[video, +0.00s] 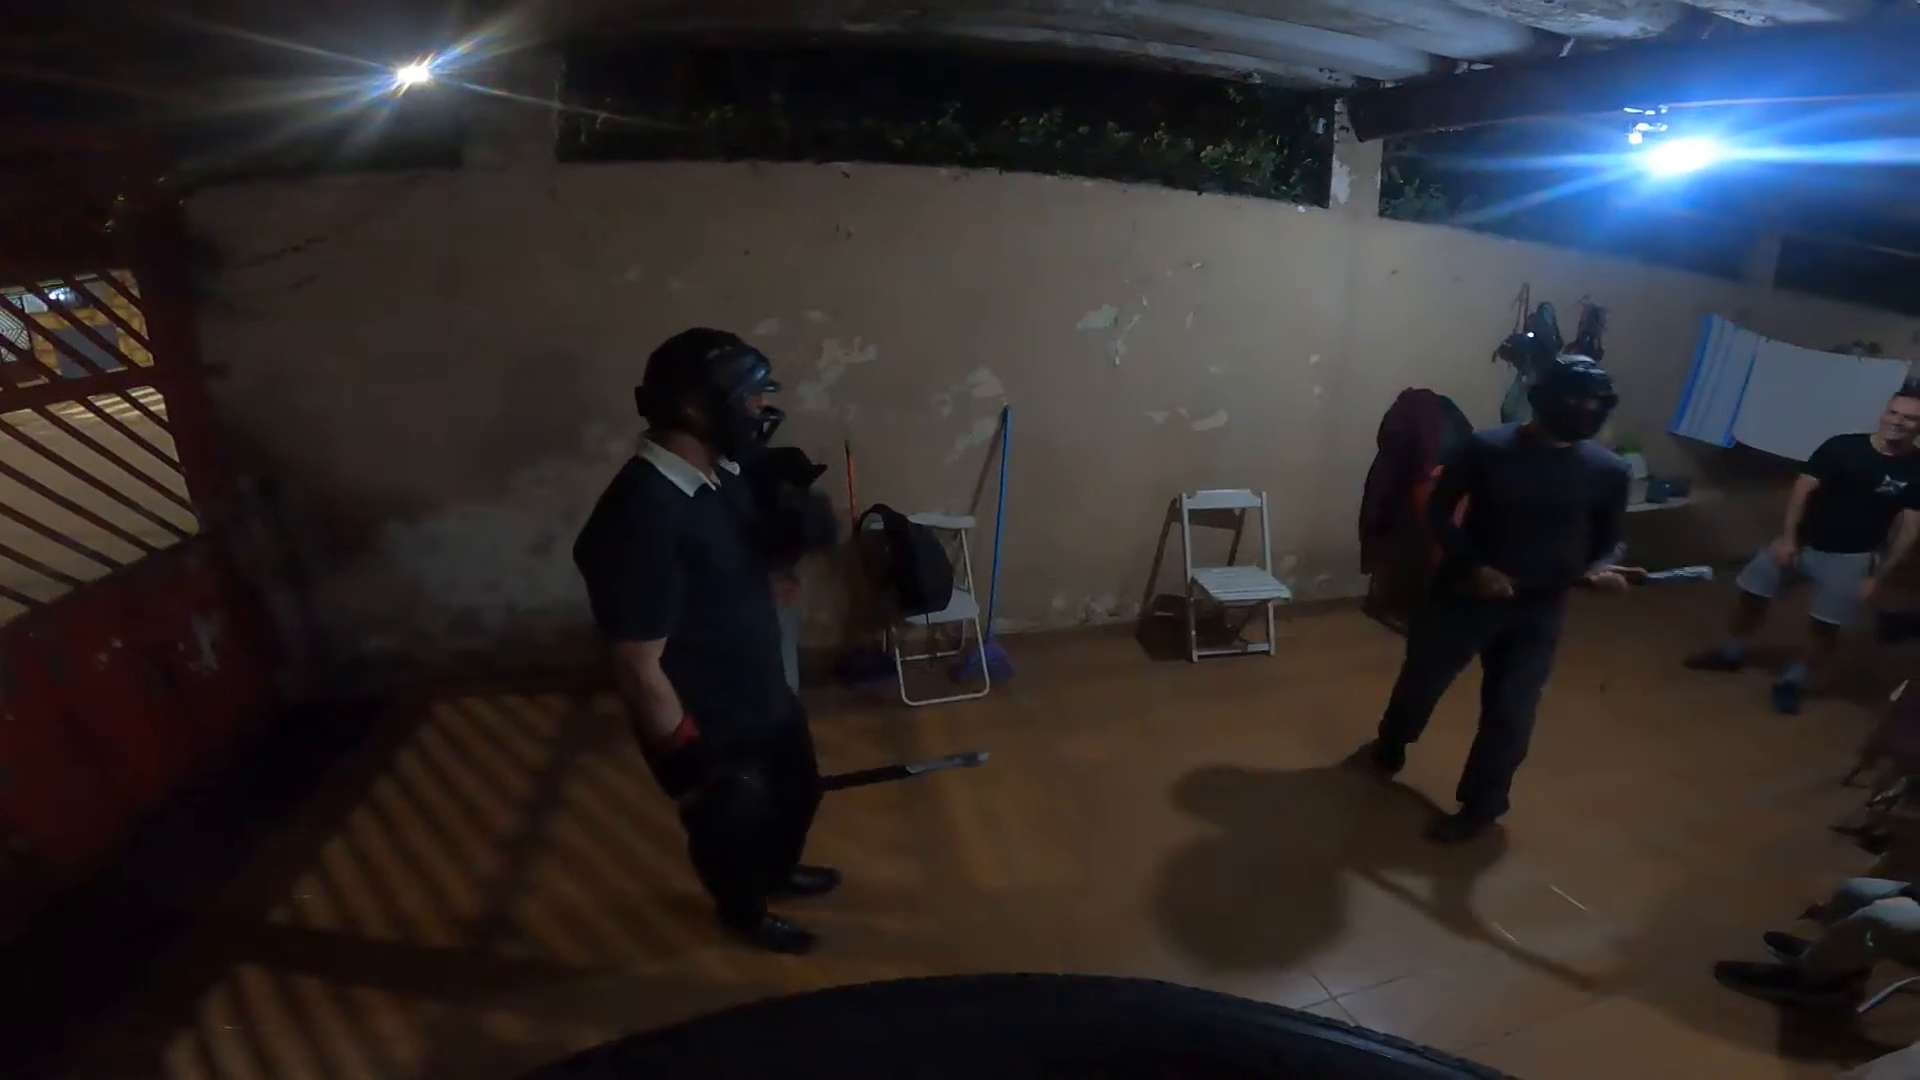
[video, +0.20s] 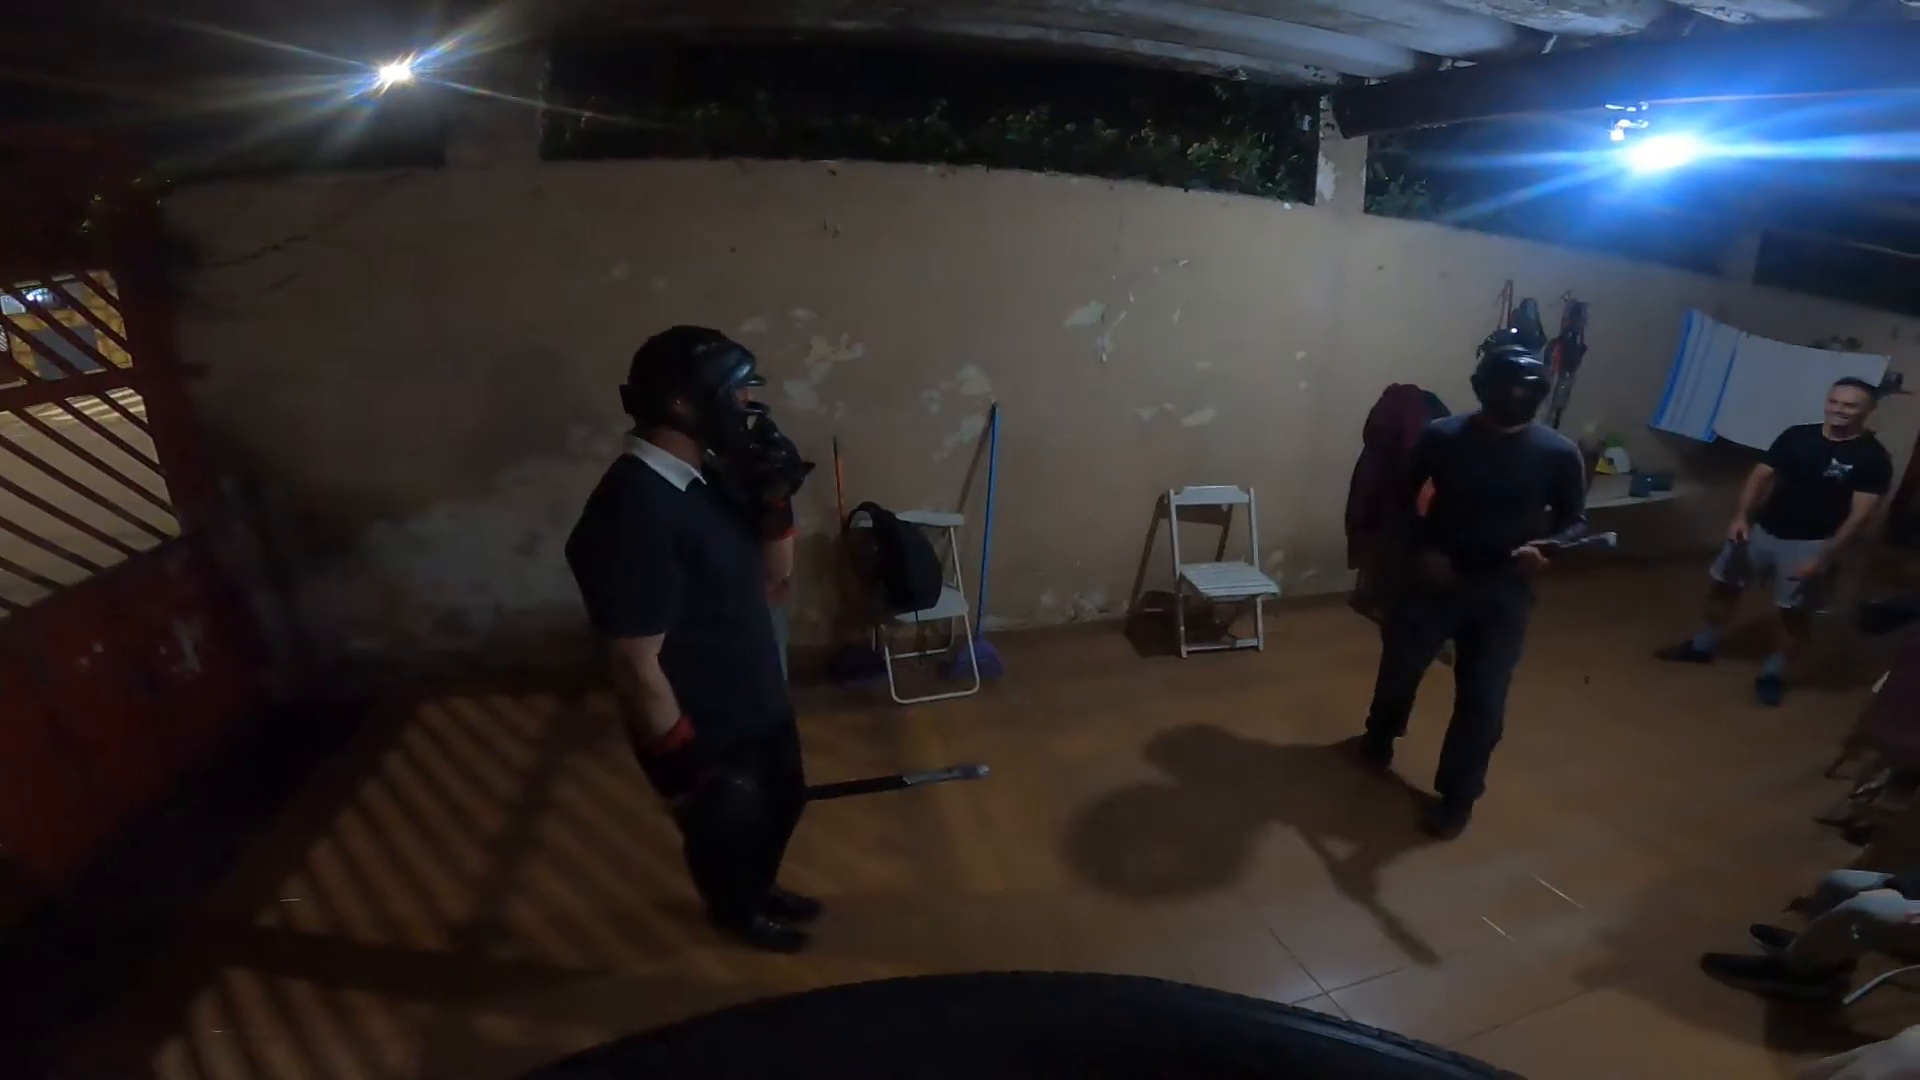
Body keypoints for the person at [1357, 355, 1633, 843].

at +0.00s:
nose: (1591, 412)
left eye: (1598, 403)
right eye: (1580, 401)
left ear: (1604, 409)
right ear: (1548, 399)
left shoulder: (1605, 474)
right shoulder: (1487, 449)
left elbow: (1608, 537)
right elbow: (1437, 513)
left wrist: (1600, 564)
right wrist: (1473, 566)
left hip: (1536, 612)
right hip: (1464, 598)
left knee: (1509, 717)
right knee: (1420, 681)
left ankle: (1479, 810)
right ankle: (1390, 746)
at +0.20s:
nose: (1519, 393)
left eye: (1530, 383)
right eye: (1508, 381)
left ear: (1542, 390)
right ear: (1483, 382)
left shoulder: (1558, 456)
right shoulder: (1442, 439)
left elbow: (1576, 523)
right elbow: (1400, 503)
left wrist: (1546, 549)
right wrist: (1419, 551)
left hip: (1502, 593)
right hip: (1434, 579)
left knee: (1482, 704)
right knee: (1399, 665)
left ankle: (1457, 799)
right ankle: (1379, 739)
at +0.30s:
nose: (1485, 387)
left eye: (1497, 377)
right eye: (1476, 375)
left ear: (1514, 385)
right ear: (1457, 379)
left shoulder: (1540, 449)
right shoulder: (1425, 435)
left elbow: (1560, 518)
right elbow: (1386, 498)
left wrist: (1523, 542)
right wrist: (1404, 546)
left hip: (1488, 580)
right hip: (1423, 569)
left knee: (1472, 697)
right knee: (1391, 659)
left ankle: (1447, 791)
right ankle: (1373, 737)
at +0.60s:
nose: (1423, 404)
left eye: (1429, 395)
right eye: (1418, 395)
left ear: (1449, 386)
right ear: (1409, 388)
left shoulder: (1493, 432)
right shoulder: (1387, 426)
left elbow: (1526, 498)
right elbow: (1361, 489)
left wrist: (1470, 527)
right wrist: (1362, 534)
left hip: (1454, 566)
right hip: (1391, 557)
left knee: (1446, 663)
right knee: (1364, 644)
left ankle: (1437, 746)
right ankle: (1350, 725)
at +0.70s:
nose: (1415, 399)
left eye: (1422, 390)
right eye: (1407, 389)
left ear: (1445, 380)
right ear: (1396, 381)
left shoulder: (1479, 428)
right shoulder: (1376, 422)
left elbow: (1509, 495)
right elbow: (1347, 485)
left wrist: (1453, 521)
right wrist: (1345, 528)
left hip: (1439, 560)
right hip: (1376, 551)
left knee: (1434, 655)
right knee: (1352, 638)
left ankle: (1424, 733)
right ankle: (1337, 718)